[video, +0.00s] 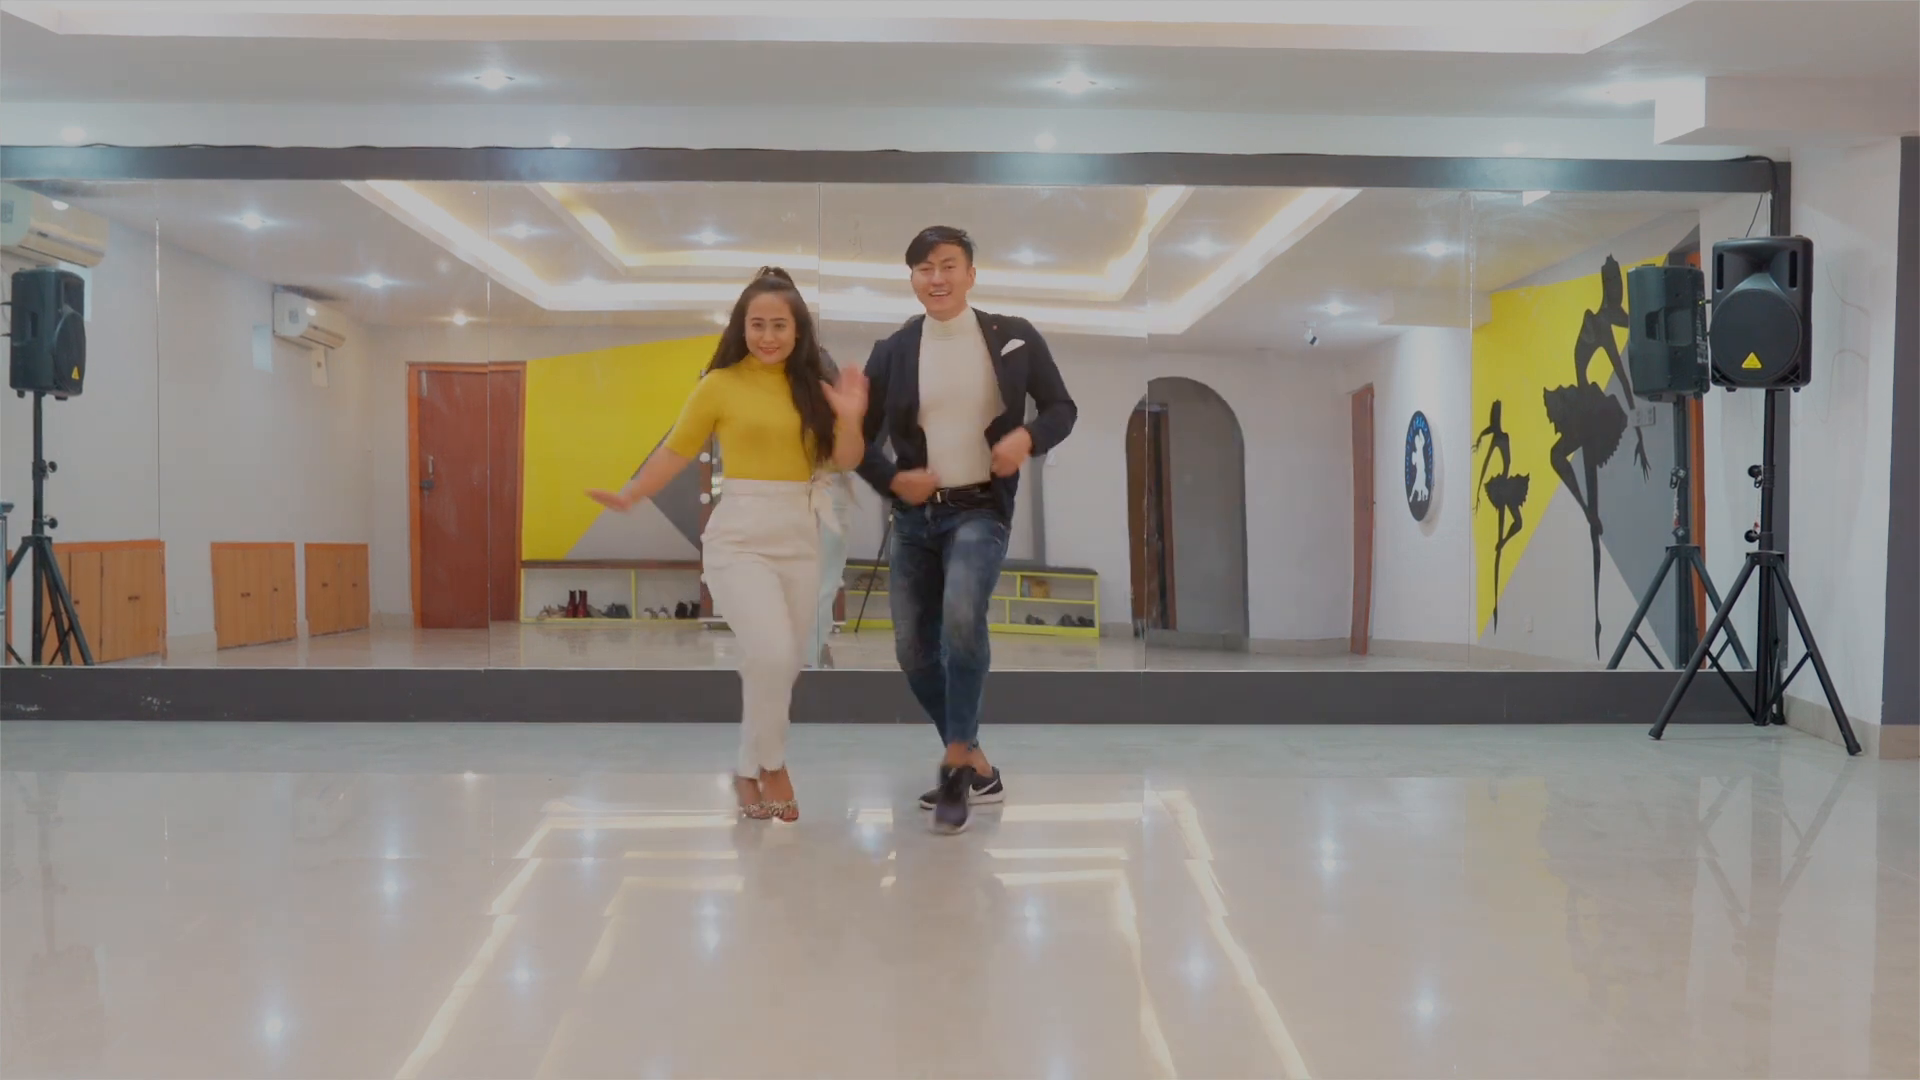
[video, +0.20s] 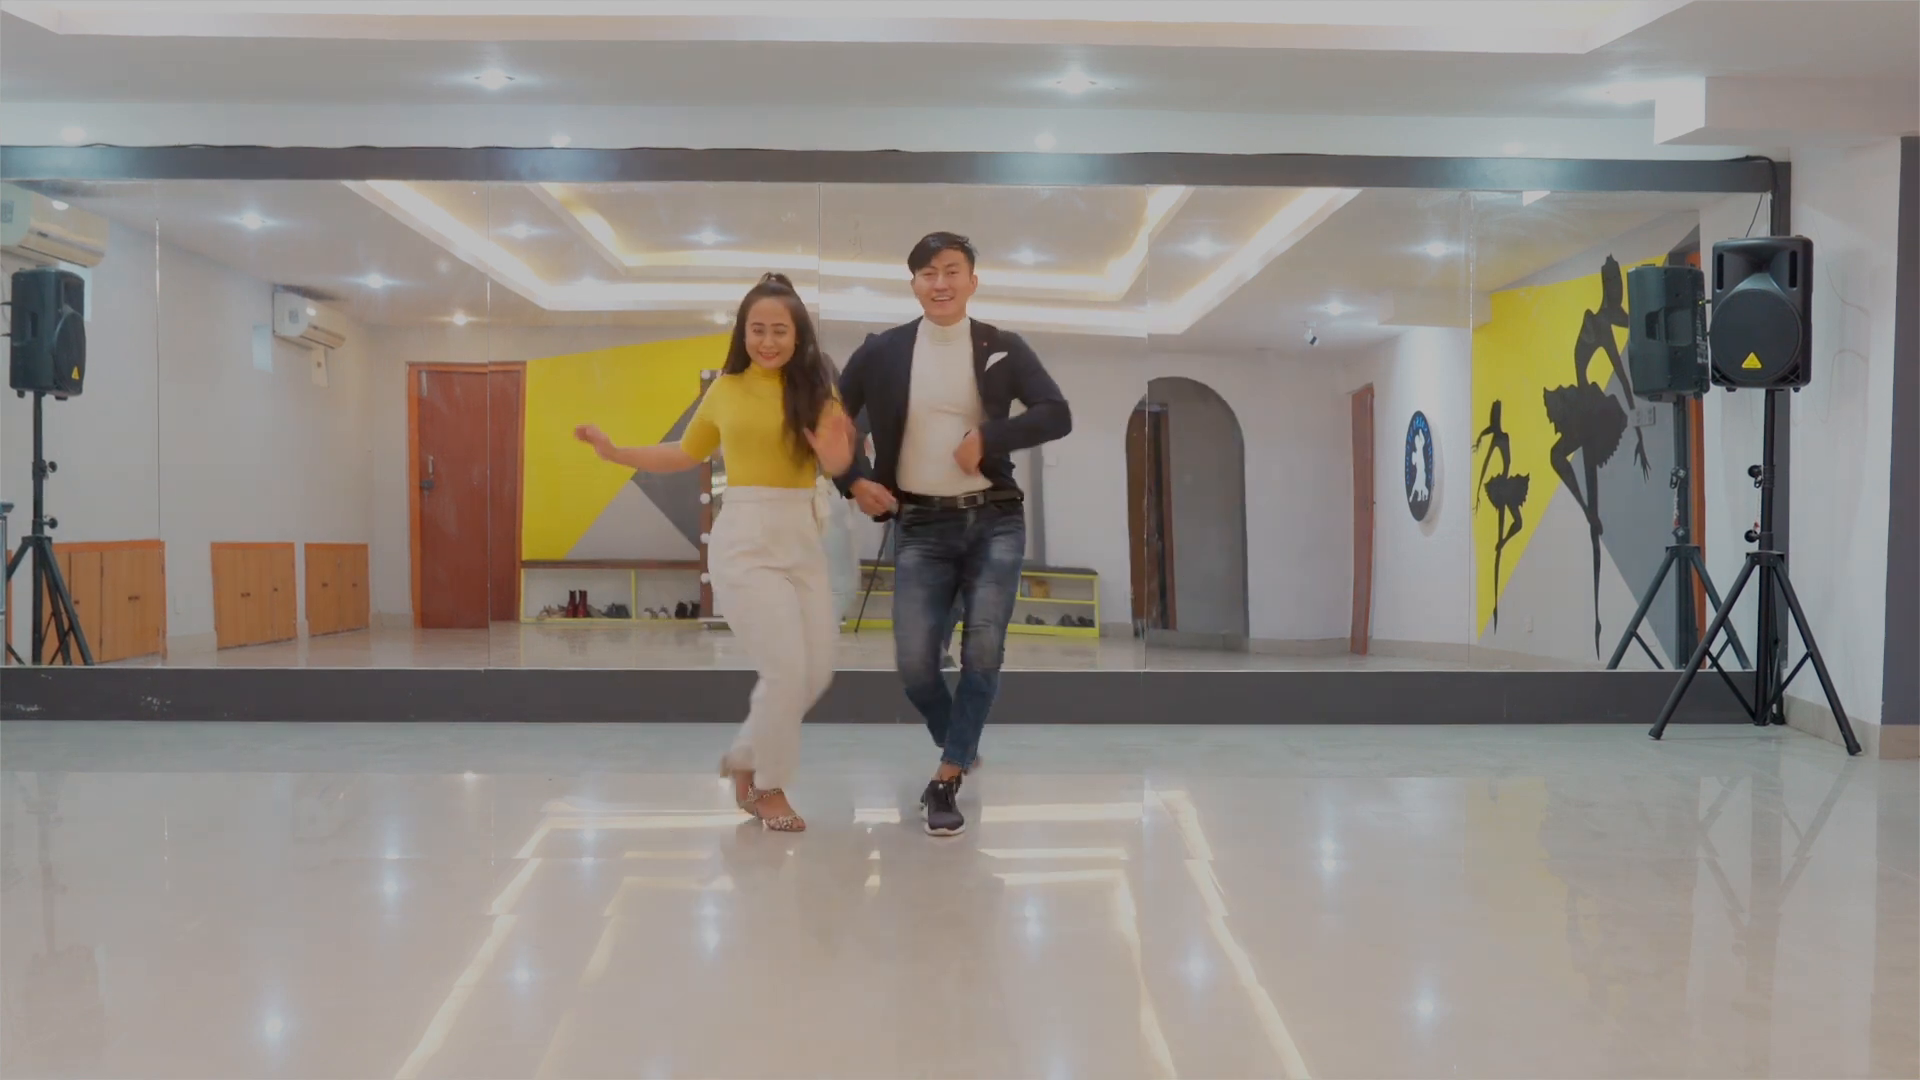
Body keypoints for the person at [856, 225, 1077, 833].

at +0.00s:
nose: (938, 277)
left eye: (949, 266)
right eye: (927, 268)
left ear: (971, 273)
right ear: (912, 278)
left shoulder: (1013, 336)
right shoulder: (890, 352)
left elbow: (1061, 409)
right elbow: (859, 438)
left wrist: (1028, 438)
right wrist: (892, 478)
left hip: (978, 509)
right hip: (912, 514)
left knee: (962, 622)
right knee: (914, 649)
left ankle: (956, 769)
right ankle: (974, 763)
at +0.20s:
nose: (940, 283)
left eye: (952, 272)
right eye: (929, 273)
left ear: (973, 280)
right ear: (913, 283)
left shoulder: (1003, 349)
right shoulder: (879, 353)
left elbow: (1056, 416)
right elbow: (831, 430)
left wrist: (991, 439)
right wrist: (854, 480)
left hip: (994, 518)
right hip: (918, 522)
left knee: (983, 654)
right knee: (915, 668)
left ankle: (946, 780)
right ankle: (961, 746)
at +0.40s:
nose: (936, 287)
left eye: (947, 276)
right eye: (925, 278)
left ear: (968, 284)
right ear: (908, 287)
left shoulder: (1001, 355)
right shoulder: (876, 358)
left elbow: (1059, 430)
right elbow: (832, 430)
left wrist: (1019, 477)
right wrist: (864, 462)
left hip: (993, 524)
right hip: (920, 524)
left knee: (997, 648)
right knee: (933, 652)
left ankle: (977, 772)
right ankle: (926, 763)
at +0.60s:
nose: (948, 288)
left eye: (959, 276)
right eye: (937, 277)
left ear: (979, 284)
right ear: (920, 286)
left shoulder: (1017, 346)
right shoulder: (899, 358)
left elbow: (1062, 401)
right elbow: (860, 437)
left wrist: (1050, 469)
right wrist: (916, 443)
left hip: (982, 518)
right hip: (911, 513)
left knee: (975, 648)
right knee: (900, 639)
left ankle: (989, 734)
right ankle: (926, 760)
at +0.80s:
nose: (962, 292)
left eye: (972, 281)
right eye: (950, 281)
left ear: (990, 290)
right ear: (933, 291)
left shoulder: (1021, 353)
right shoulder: (903, 364)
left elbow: (1077, 411)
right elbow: (866, 449)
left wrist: (1071, 467)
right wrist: (925, 486)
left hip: (1007, 519)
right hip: (933, 524)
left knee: (997, 649)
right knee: (928, 647)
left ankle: (986, 744)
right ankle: (948, 770)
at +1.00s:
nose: (961, 298)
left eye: (972, 287)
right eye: (949, 288)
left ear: (988, 296)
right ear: (931, 297)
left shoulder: (1015, 363)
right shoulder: (896, 367)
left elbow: (1070, 437)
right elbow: (851, 437)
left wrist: (1039, 479)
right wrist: (885, 491)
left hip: (1011, 522)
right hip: (942, 524)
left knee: (1012, 653)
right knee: (967, 643)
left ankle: (984, 742)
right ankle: (928, 729)